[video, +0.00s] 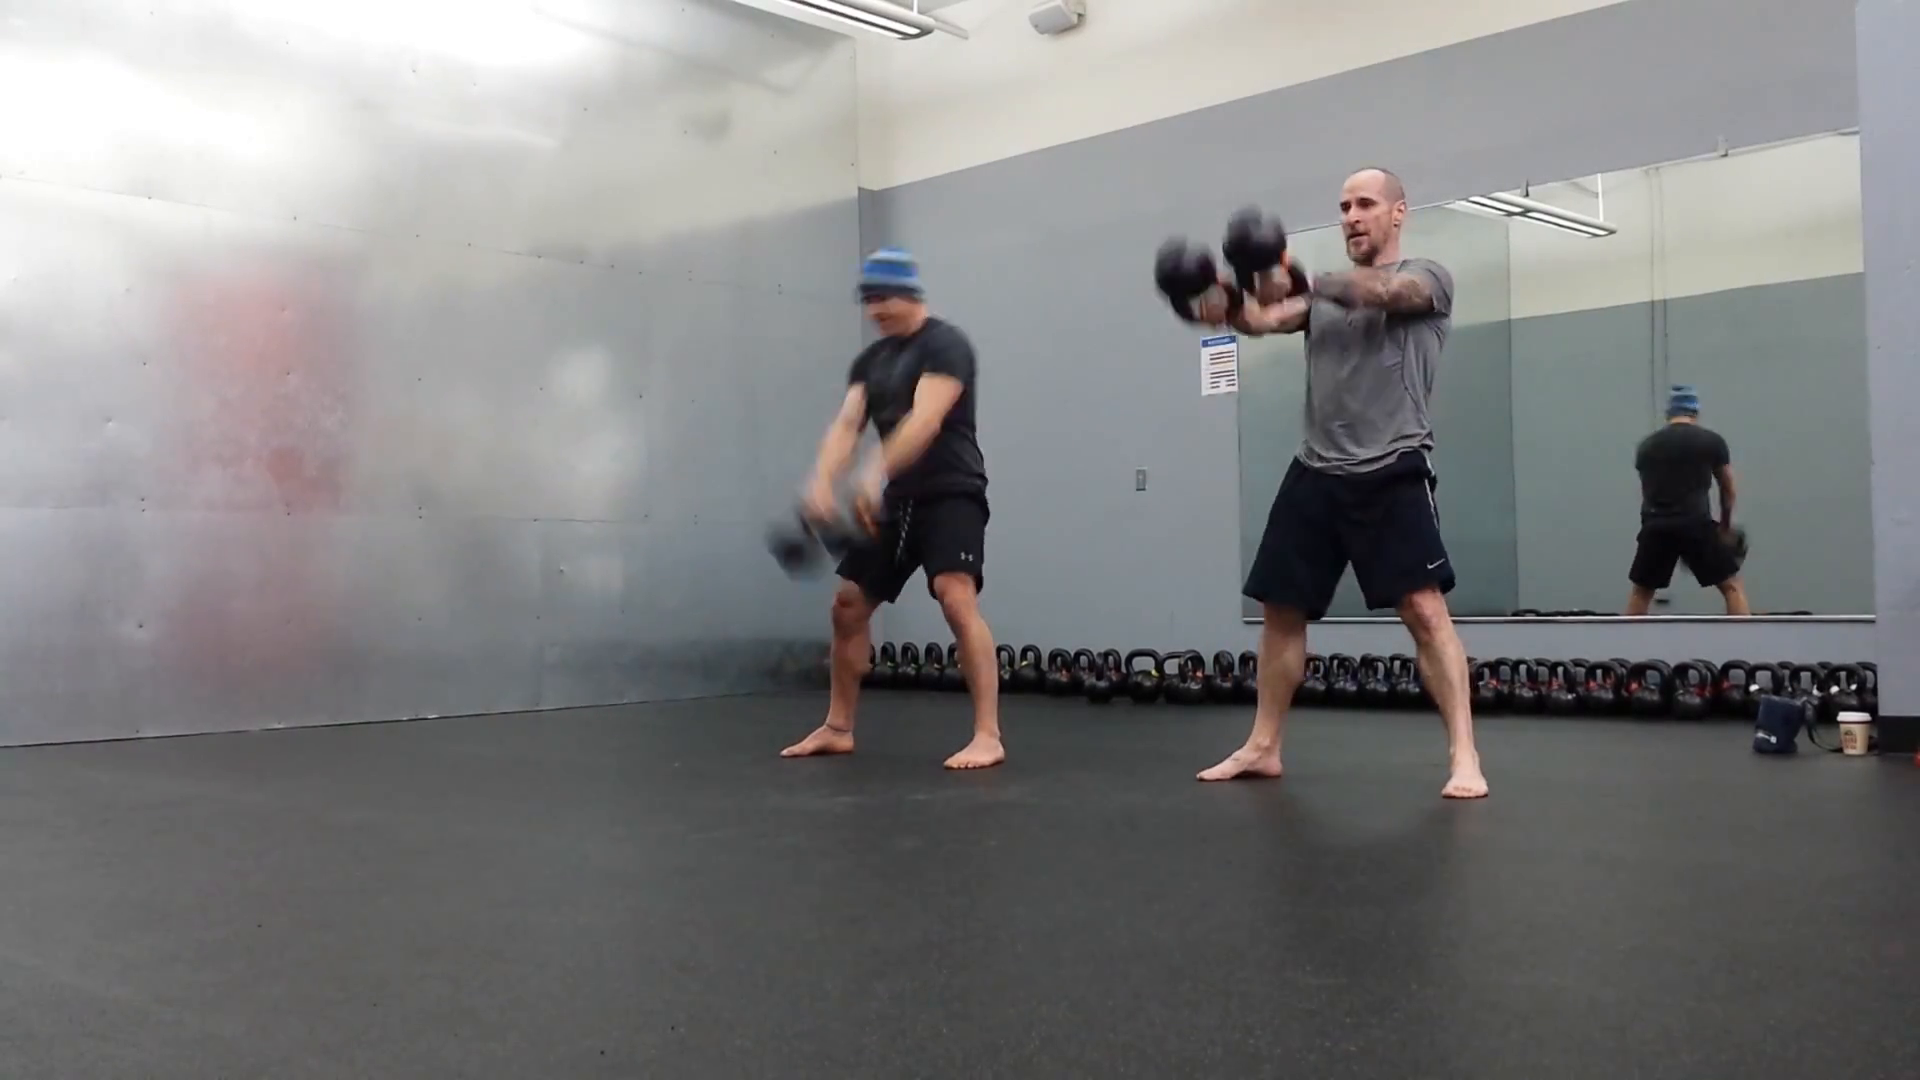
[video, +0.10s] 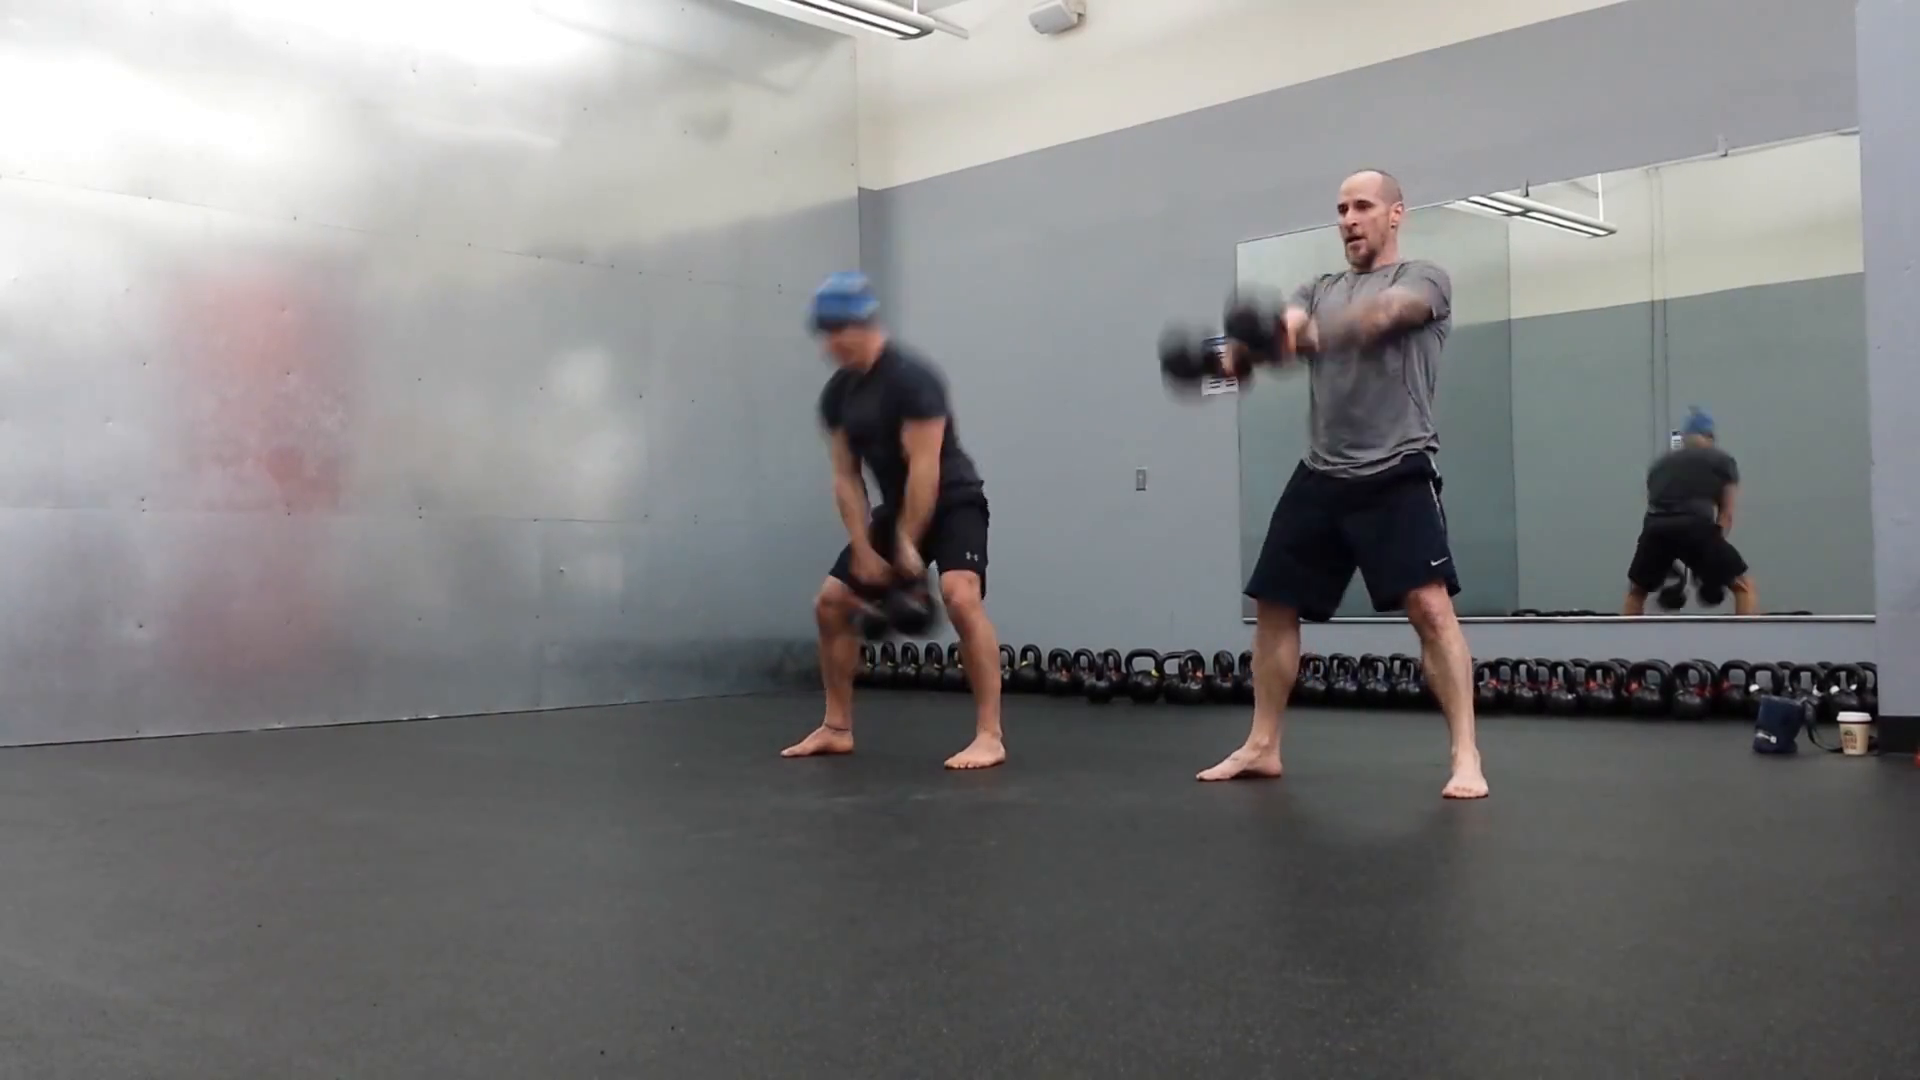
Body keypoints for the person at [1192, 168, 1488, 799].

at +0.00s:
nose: (1351, 217)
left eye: (1364, 204)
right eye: (1345, 208)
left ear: (1399, 212)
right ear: (1339, 222)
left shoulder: (1430, 278)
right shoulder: (1328, 290)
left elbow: (1385, 293)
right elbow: (1262, 316)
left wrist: (1307, 281)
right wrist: (1211, 299)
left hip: (1393, 472)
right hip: (1315, 474)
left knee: (1426, 613)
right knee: (1281, 608)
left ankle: (1464, 756)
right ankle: (1263, 745)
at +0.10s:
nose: (1347, 219)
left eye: (1361, 207)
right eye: (1342, 210)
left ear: (1396, 215)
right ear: (1337, 222)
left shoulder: (1426, 279)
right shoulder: (1317, 290)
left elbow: (1386, 315)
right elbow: (1282, 333)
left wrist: (1314, 336)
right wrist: (1237, 355)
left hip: (1398, 472)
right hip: (1320, 476)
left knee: (1430, 607)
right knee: (1274, 602)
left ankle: (1466, 756)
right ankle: (1262, 744)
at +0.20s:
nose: (1334, 228)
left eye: (1347, 215)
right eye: (1327, 217)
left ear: (1381, 221)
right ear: (1320, 228)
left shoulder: (1414, 288)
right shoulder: (1307, 299)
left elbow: (1377, 355)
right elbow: (1275, 368)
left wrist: (1320, 409)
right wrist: (1250, 429)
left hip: (1403, 481)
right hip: (1322, 484)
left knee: (1441, 602)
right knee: (1263, 605)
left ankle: (1467, 755)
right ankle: (1261, 744)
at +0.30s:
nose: (1297, 252)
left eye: (1310, 239)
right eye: (1292, 242)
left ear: (1347, 241)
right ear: (1288, 251)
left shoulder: (1388, 316)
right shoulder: (1281, 333)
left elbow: (1371, 422)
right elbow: (1277, 429)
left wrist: (1340, 509)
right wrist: (1281, 520)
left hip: (1401, 488)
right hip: (1326, 492)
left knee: (1445, 601)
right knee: (1246, 606)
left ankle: (1467, 756)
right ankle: (1261, 744)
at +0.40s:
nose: (1253, 309)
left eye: (1265, 295)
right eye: (1247, 298)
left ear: (1300, 297)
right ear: (1244, 310)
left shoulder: (1353, 373)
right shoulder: (1251, 394)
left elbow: (1368, 489)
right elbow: (1276, 491)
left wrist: (1371, 586)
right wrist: (1310, 580)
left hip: (1398, 507)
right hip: (1323, 512)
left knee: (1434, 610)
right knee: (1230, 612)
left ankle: (1464, 758)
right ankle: (1260, 746)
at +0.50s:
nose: (1220, 396)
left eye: (1232, 379)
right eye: (1215, 383)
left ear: (1269, 377)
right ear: (1210, 388)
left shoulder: (1335, 440)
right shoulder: (1233, 462)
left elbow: (1373, 544)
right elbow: (1280, 544)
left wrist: (1373, 616)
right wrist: (1330, 615)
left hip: (1400, 534)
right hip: (1322, 545)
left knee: (1420, 622)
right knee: (1220, 615)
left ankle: (1464, 761)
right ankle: (1260, 749)